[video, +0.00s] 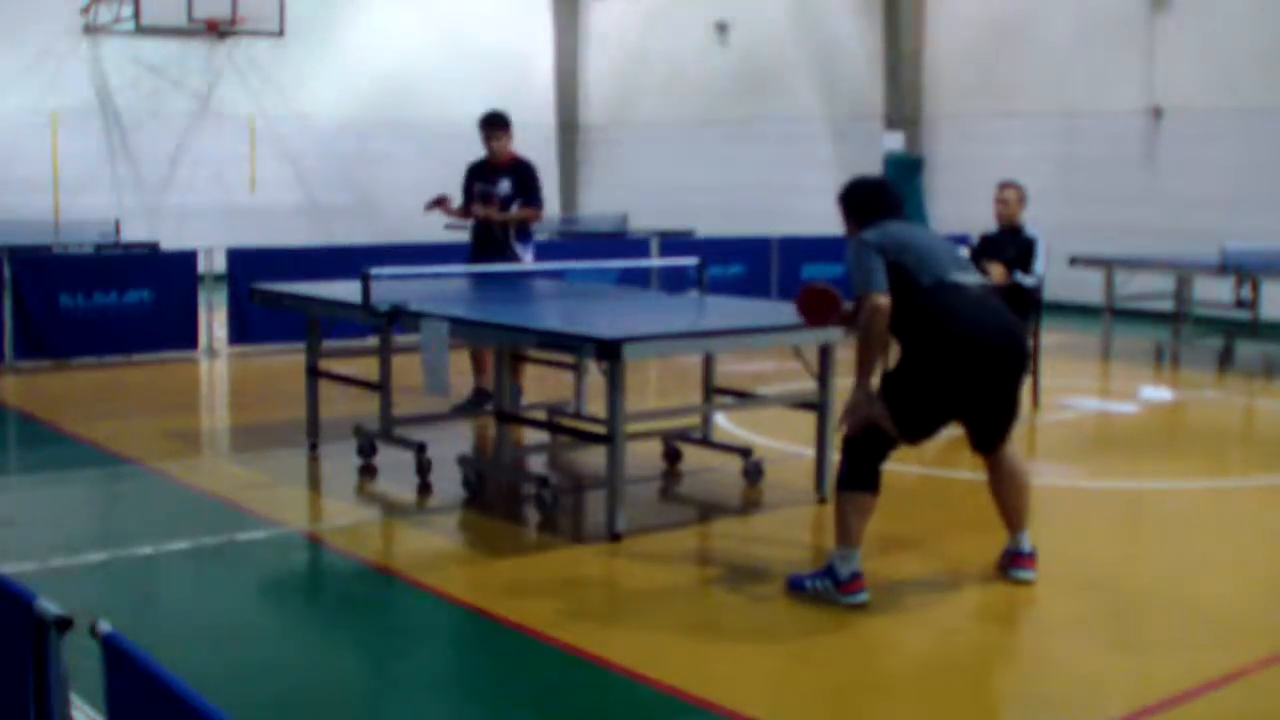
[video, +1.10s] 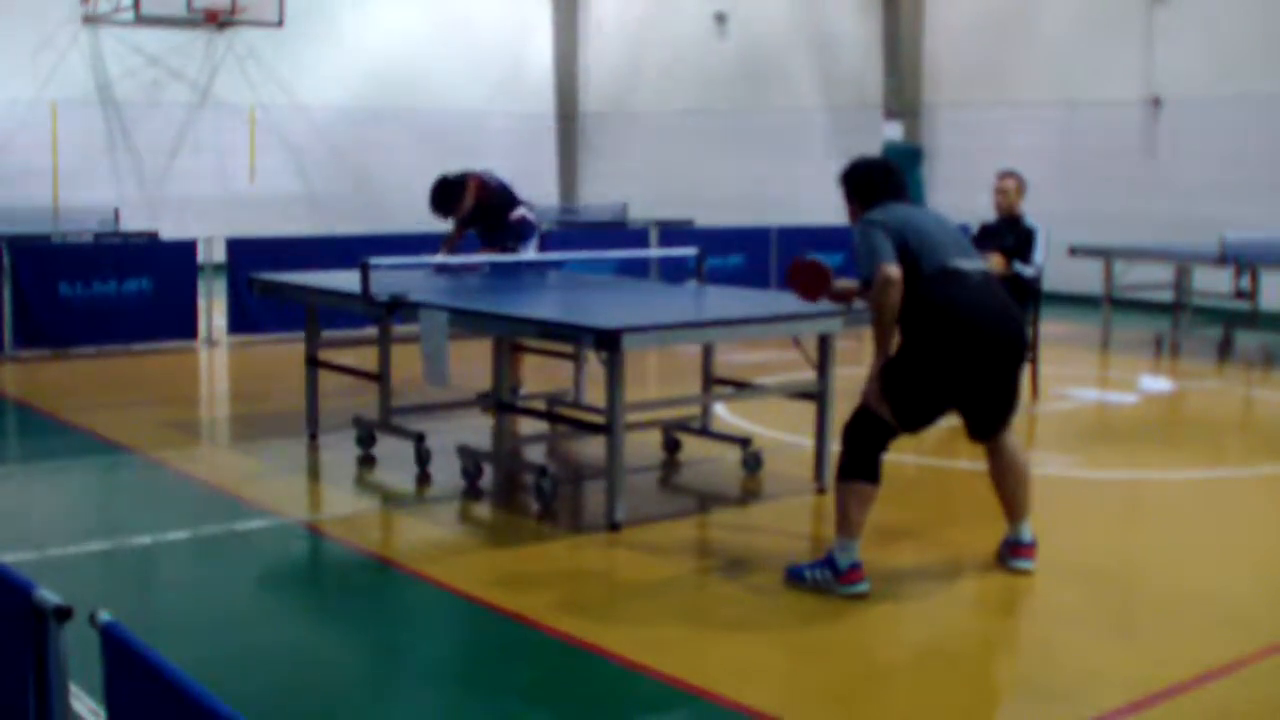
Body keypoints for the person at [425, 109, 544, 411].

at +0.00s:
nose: (494, 144)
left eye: (499, 138)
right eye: (489, 138)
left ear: (509, 137)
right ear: (482, 138)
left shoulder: (523, 170)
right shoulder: (475, 171)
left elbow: (534, 212)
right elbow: (470, 212)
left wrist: (499, 216)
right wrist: (448, 210)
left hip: (514, 260)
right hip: (481, 259)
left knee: (514, 328)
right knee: (478, 327)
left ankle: (513, 389)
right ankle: (482, 388)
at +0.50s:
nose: (457, 168)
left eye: (461, 162)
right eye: (454, 163)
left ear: (476, 154)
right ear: (454, 158)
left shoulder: (501, 175)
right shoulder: (460, 173)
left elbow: (508, 225)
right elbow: (460, 209)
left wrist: (473, 240)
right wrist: (444, 223)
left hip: (512, 256)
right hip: (484, 256)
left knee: (508, 326)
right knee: (483, 325)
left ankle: (509, 388)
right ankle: (483, 383)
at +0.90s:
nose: (455, 204)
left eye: (455, 198)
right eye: (452, 201)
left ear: (465, 185)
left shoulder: (493, 195)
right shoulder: (472, 189)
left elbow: (498, 247)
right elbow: (460, 229)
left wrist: (463, 261)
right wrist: (443, 254)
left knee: (511, 329)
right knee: (501, 328)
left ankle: (510, 388)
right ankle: (501, 387)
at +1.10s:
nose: (453, 216)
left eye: (453, 211)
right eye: (450, 214)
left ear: (461, 196)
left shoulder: (489, 195)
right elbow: (459, 232)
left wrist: (478, 259)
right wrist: (444, 255)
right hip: (500, 263)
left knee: (511, 329)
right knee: (502, 329)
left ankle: (511, 386)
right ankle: (502, 385)